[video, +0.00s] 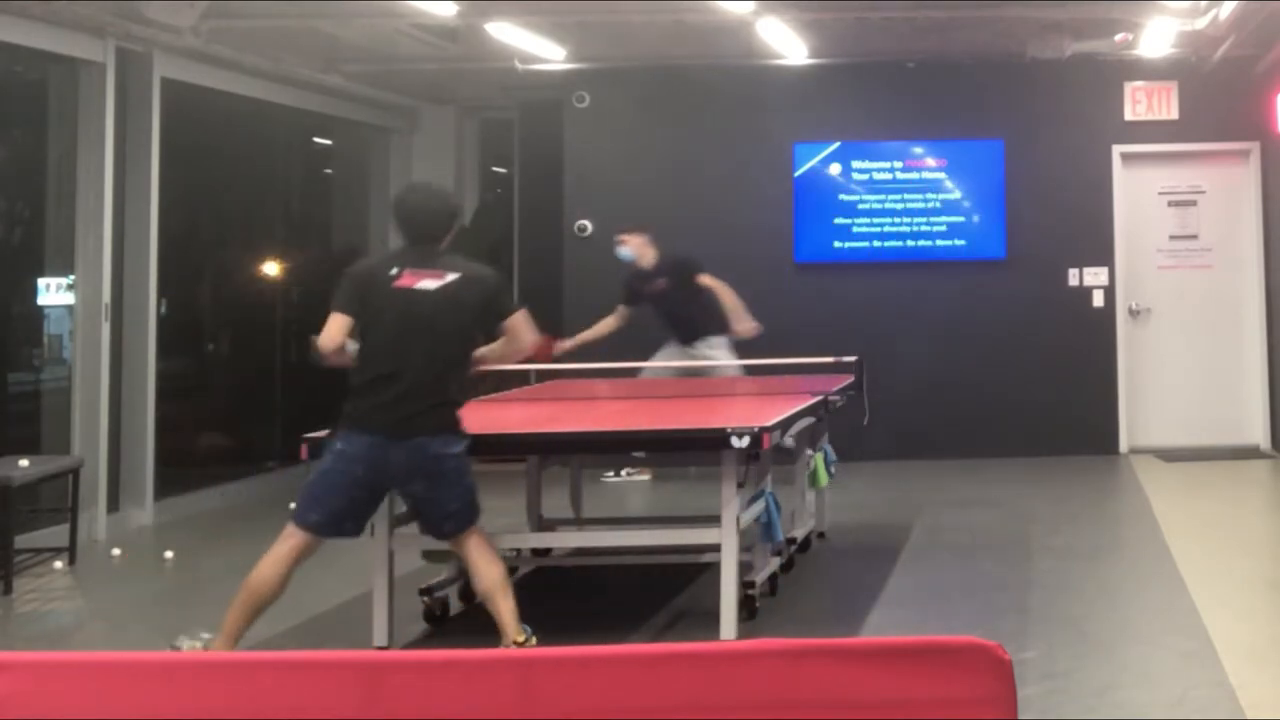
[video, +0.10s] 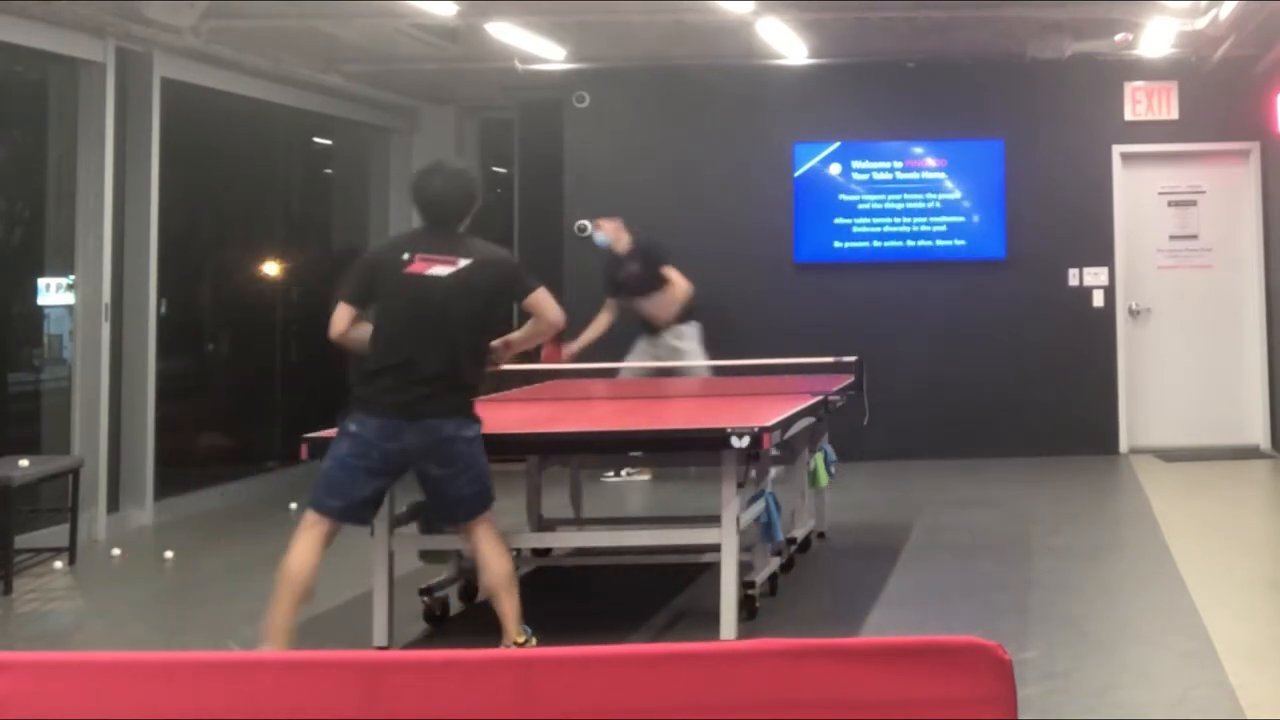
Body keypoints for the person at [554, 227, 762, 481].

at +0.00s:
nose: (622, 249)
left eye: (627, 242)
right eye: (620, 244)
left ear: (645, 241)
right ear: (625, 251)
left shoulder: (677, 266)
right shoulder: (636, 283)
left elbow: (718, 286)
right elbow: (617, 319)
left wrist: (740, 320)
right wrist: (572, 343)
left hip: (712, 344)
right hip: (679, 348)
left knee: (739, 397)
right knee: (641, 389)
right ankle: (639, 463)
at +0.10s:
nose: (598, 234)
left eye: (601, 226)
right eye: (596, 229)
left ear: (618, 225)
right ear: (601, 234)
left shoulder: (647, 251)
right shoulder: (613, 267)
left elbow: (683, 285)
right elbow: (607, 314)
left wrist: (666, 308)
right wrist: (575, 346)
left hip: (682, 334)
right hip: (650, 338)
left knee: (701, 392)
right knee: (622, 390)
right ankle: (636, 462)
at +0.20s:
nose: (584, 216)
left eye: (587, 209)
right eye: (581, 211)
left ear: (604, 207)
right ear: (587, 214)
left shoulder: (625, 232)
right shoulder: (599, 241)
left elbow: (637, 255)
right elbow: (592, 284)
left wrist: (590, 243)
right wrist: (559, 298)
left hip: (652, 319)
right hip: (625, 324)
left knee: (672, 385)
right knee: (611, 385)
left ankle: (707, 450)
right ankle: (632, 455)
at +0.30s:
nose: (577, 206)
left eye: (581, 200)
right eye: (574, 201)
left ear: (595, 201)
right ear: (573, 205)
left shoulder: (608, 225)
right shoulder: (582, 234)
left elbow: (579, 206)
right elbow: (558, 243)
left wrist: (545, 182)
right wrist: (525, 224)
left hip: (630, 311)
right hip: (603, 315)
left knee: (635, 380)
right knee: (584, 374)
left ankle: (647, 449)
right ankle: (610, 444)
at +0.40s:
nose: (558, 201)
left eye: (562, 195)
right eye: (556, 196)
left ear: (576, 198)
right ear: (560, 202)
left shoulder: (585, 216)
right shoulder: (567, 221)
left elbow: (551, 189)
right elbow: (538, 206)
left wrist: (525, 151)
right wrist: (511, 177)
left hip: (605, 314)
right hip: (583, 315)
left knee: (605, 386)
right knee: (558, 379)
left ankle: (620, 455)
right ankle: (563, 452)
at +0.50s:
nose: (536, 208)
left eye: (541, 204)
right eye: (538, 203)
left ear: (556, 206)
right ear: (561, 207)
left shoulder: (562, 230)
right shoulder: (568, 231)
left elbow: (531, 193)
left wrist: (512, 151)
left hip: (572, 320)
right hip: (561, 319)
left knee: (581, 392)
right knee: (538, 390)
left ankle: (617, 456)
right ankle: (523, 455)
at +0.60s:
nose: (513, 206)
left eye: (518, 200)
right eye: (515, 199)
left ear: (530, 204)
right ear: (538, 204)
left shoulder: (530, 228)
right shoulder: (545, 229)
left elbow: (508, 192)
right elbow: (523, 188)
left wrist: (489, 149)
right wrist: (504, 148)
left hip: (542, 323)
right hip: (551, 321)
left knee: (534, 392)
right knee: (521, 390)